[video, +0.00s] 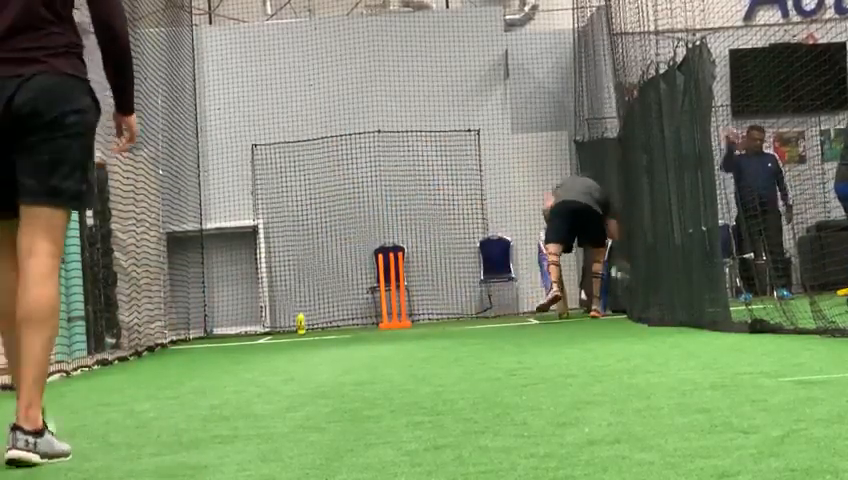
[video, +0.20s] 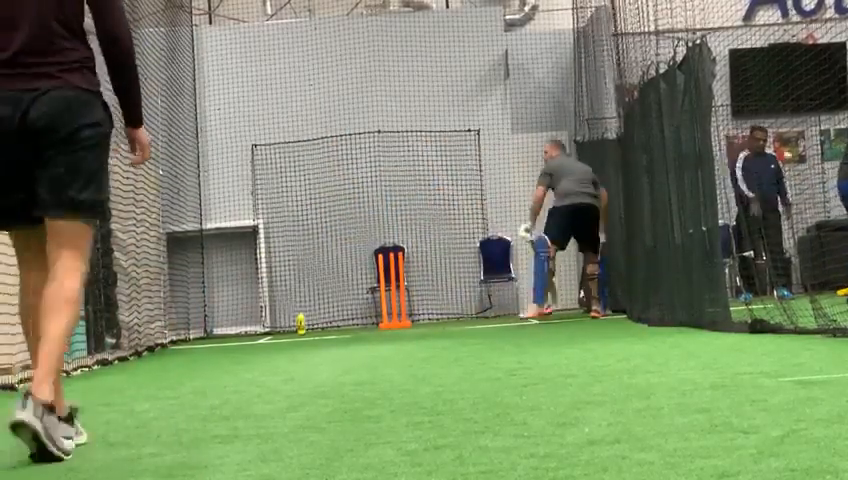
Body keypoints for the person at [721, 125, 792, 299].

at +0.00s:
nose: (758, 143)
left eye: (761, 140)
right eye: (754, 139)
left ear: (764, 141)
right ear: (746, 140)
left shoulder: (770, 159)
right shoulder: (738, 159)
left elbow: (781, 183)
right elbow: (726, 167)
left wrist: (787, 204)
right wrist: (730, 148)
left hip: (770, 211)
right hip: (746, 212)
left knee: (776, 248)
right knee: (745, 252)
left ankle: (782, 286)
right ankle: (749, 289)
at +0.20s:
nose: (761, 143)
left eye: (764, 140)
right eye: (757, 140)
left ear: (766, 141)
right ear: (749, 140)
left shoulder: (772, 158)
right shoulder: (742, 158)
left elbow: (780, 180)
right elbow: (739, 180)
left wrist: (785, 201)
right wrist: (751, 198)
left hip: (771, 206)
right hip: (750, 207)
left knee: (775, 245)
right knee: (748, 247)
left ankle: (780, 285)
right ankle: (749, 288)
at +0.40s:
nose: (761, 143)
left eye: (763, 140)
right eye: (757, 140)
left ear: (766, 141)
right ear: (749, 140)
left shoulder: (771, 158)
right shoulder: (740, 158)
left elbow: (779, 182)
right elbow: (735, 184)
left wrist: (782, 202)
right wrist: (749, 204)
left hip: (772, 209)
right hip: (750, 210)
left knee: (776, 248)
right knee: (748, 250)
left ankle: (781, 286)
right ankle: (749, 289)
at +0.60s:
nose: (760, 144)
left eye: (763, 140)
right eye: (757, 140)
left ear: (766, 141)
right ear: (748, 141)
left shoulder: (772, 159)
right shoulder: (738, 159)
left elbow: (780, 184)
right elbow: (729, 185)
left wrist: (785, 205)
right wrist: (739, 205)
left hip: (771, 209)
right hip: (748, 210)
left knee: (776, 248)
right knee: (749, 250)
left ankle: (782, 286)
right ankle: (750, 289)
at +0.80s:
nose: (758, 144)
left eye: (761, 141)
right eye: (755, 141)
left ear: (764, 142)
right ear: (746, 140)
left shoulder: (771, 159)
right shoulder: (736, 160)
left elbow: (780, 183)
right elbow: (727, 185)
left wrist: (785, 205)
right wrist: (732, 208)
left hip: (771, 210)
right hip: (747, 212)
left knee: (776, 248)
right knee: (748, 251)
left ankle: (783, 286)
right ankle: (749, 289)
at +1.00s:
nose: (758, 144)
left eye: (761, 141)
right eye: (754, 141)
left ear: (764, 142)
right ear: (746, 141)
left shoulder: (771, 159)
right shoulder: (735, 160)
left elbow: (779, 183)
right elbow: (726, 185)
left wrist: (783, 205)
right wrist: (732, 209)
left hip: (770, 210)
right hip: (746, 211)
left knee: (775, 247)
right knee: (748, 250)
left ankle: (781, 285)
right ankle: (749, 289)